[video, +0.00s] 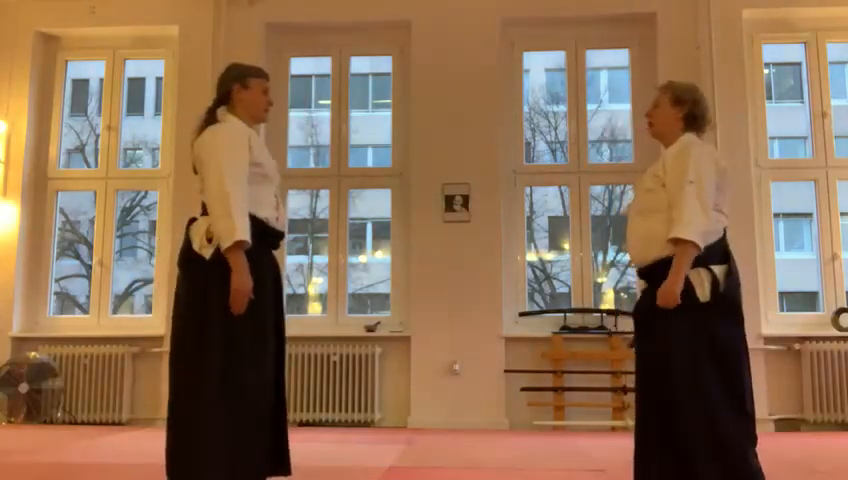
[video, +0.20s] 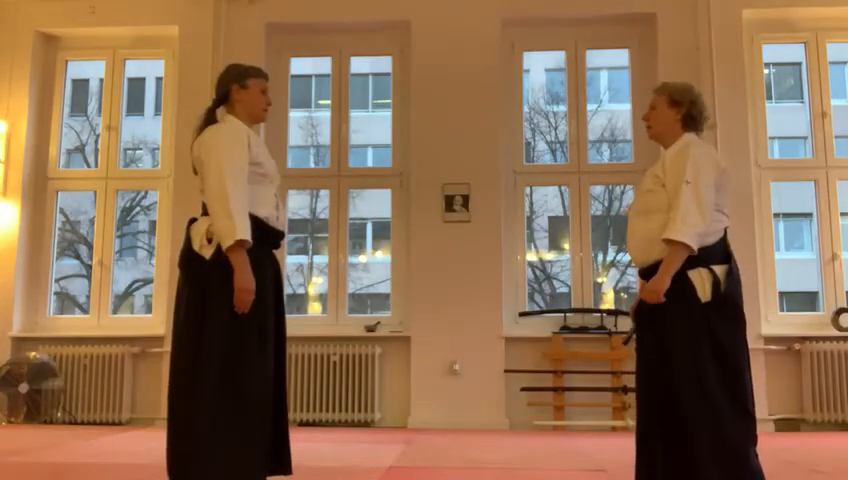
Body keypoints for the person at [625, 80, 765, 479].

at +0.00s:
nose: (648, 113)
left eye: (657, 106)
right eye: (651, 106)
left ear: (681, 112)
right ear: (677, 113)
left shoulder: (690, 150)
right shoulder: (673, 156)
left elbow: (692, 216)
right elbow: (680, 218)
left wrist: (675, 277)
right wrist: (659, 278)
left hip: (690, 282)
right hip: (669, 282)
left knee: (692, 392)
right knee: (670, 393)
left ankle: (701, 473)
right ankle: (674, 472)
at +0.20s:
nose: (645, 116)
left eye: (653, 109)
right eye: (648, 109)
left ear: (678, 112)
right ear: (673, 114)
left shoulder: (693, 152)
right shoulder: (670, 159)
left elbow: (690, 221)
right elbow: (670, 225)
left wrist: (661, 278)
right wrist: (648, 282)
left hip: (692, 282)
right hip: (668, 282)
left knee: (695, 393)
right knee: (668, 394)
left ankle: (705, 474)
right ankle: (674, 474)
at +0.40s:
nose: (643, 117)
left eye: (651, 109)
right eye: (645, 110)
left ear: (675, 113)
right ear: (671, 114)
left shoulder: (690, 152)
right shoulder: (670, 158)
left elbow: (690, 220)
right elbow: (669, 225)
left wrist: (665, 277)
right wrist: (648, 282)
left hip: (692, 282)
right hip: (669, 283)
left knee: (694, 393)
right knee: (669, 394)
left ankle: (705, 474)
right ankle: (675, 474)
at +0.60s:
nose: (641, 117)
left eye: (649, 109)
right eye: (644, 110)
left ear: (673, 113)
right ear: (669, 114)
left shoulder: (689, 152)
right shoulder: (669, 158)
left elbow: (690, 217)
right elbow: (669, 220)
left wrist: (676, 276)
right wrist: (652, 277)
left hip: (693, 282)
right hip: (668, 283)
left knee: (695, 391)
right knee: (667, 393)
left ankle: (707, 474)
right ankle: (675, 474)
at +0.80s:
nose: (641, 116)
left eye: (649, 109)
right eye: (643, 109)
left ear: (673, 113)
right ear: (668, 115)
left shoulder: (688, 152)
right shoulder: (668, 158)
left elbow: (690, 218)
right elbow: (670, 221)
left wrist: (676, 276)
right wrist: (653, 279)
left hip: (693, 283)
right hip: (667, 284)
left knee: (695, 392)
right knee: (666, 394)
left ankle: (707, 475)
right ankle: (674, 474)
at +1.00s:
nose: (641, 117)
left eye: (648, 109)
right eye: (643, 110)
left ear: (672, 113)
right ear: (668, 114)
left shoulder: (688, 152)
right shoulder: (671, 157)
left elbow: (688, 218)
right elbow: (677, 220)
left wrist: (667, 276)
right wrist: (654, 277)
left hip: (689, 282)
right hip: (667, 283)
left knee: (692, 394)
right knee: (668, 394)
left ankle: (703, 475)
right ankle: (676, 474)